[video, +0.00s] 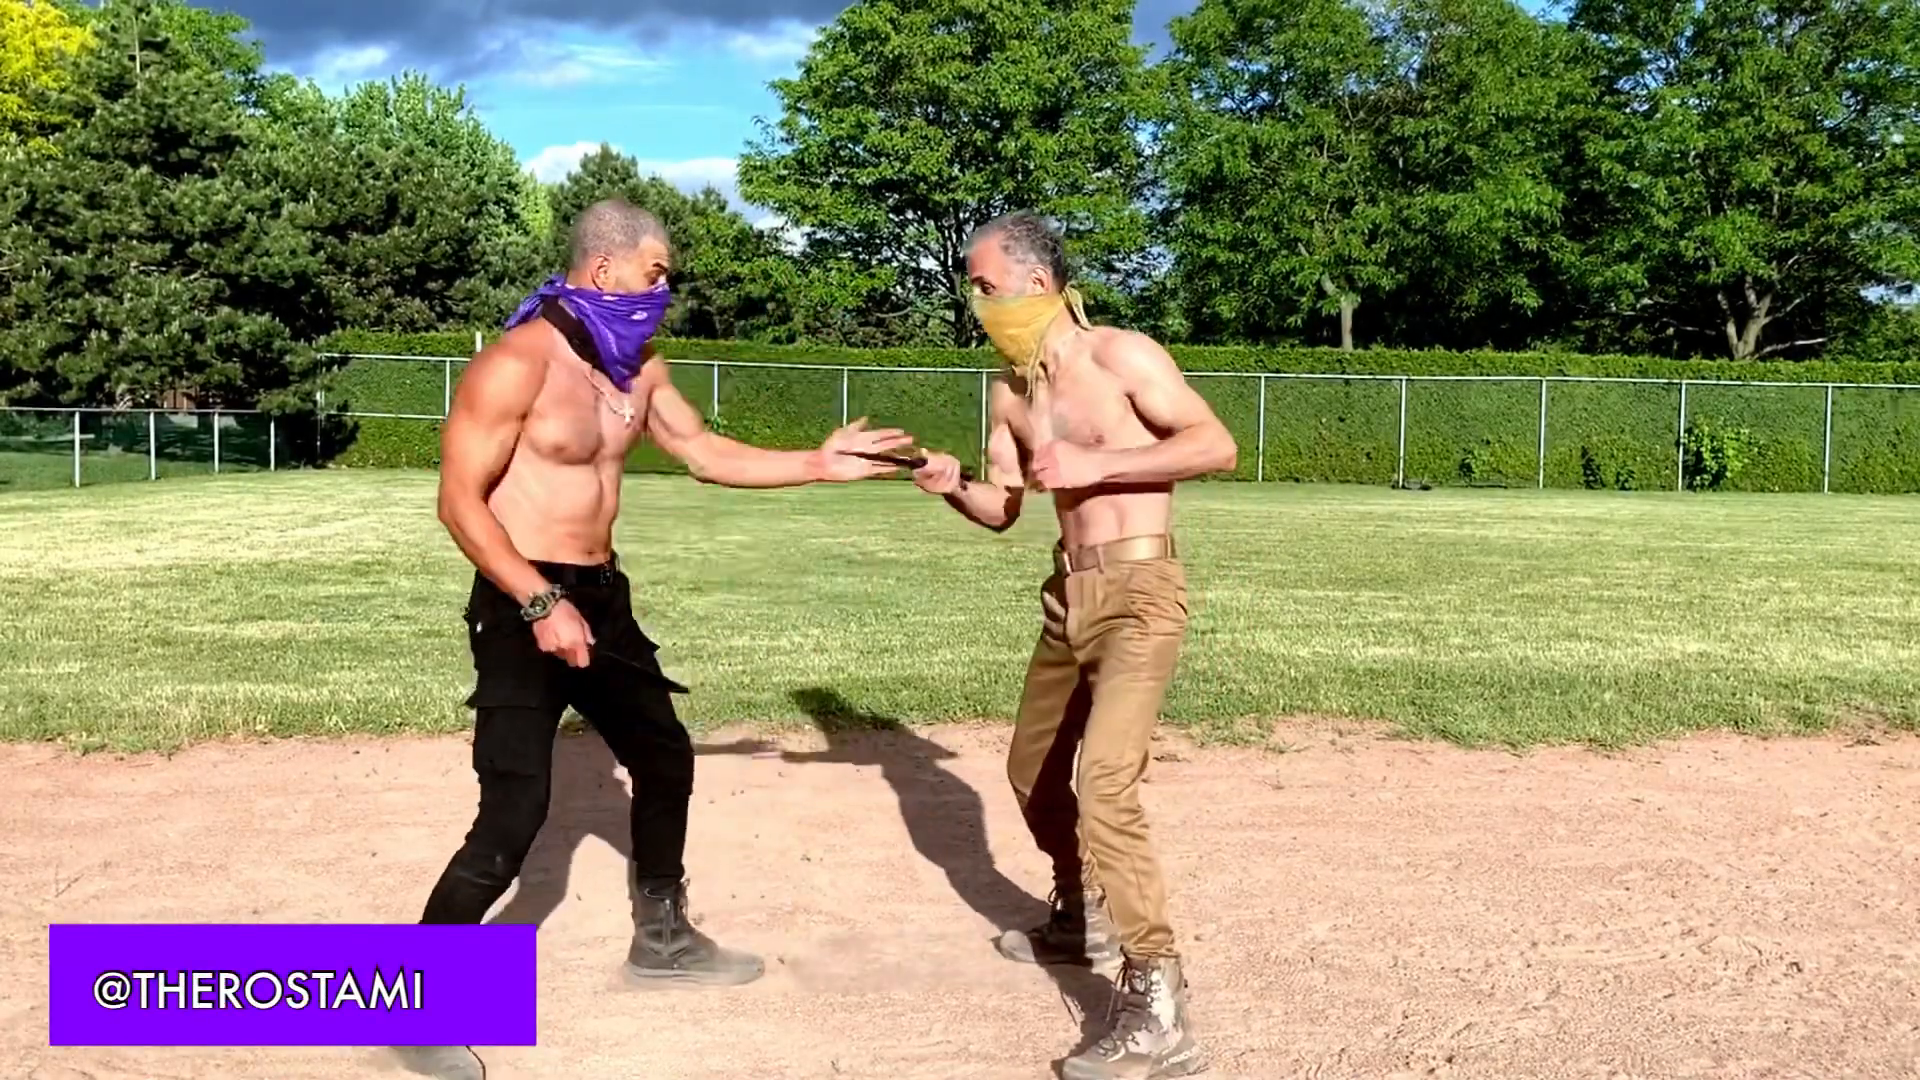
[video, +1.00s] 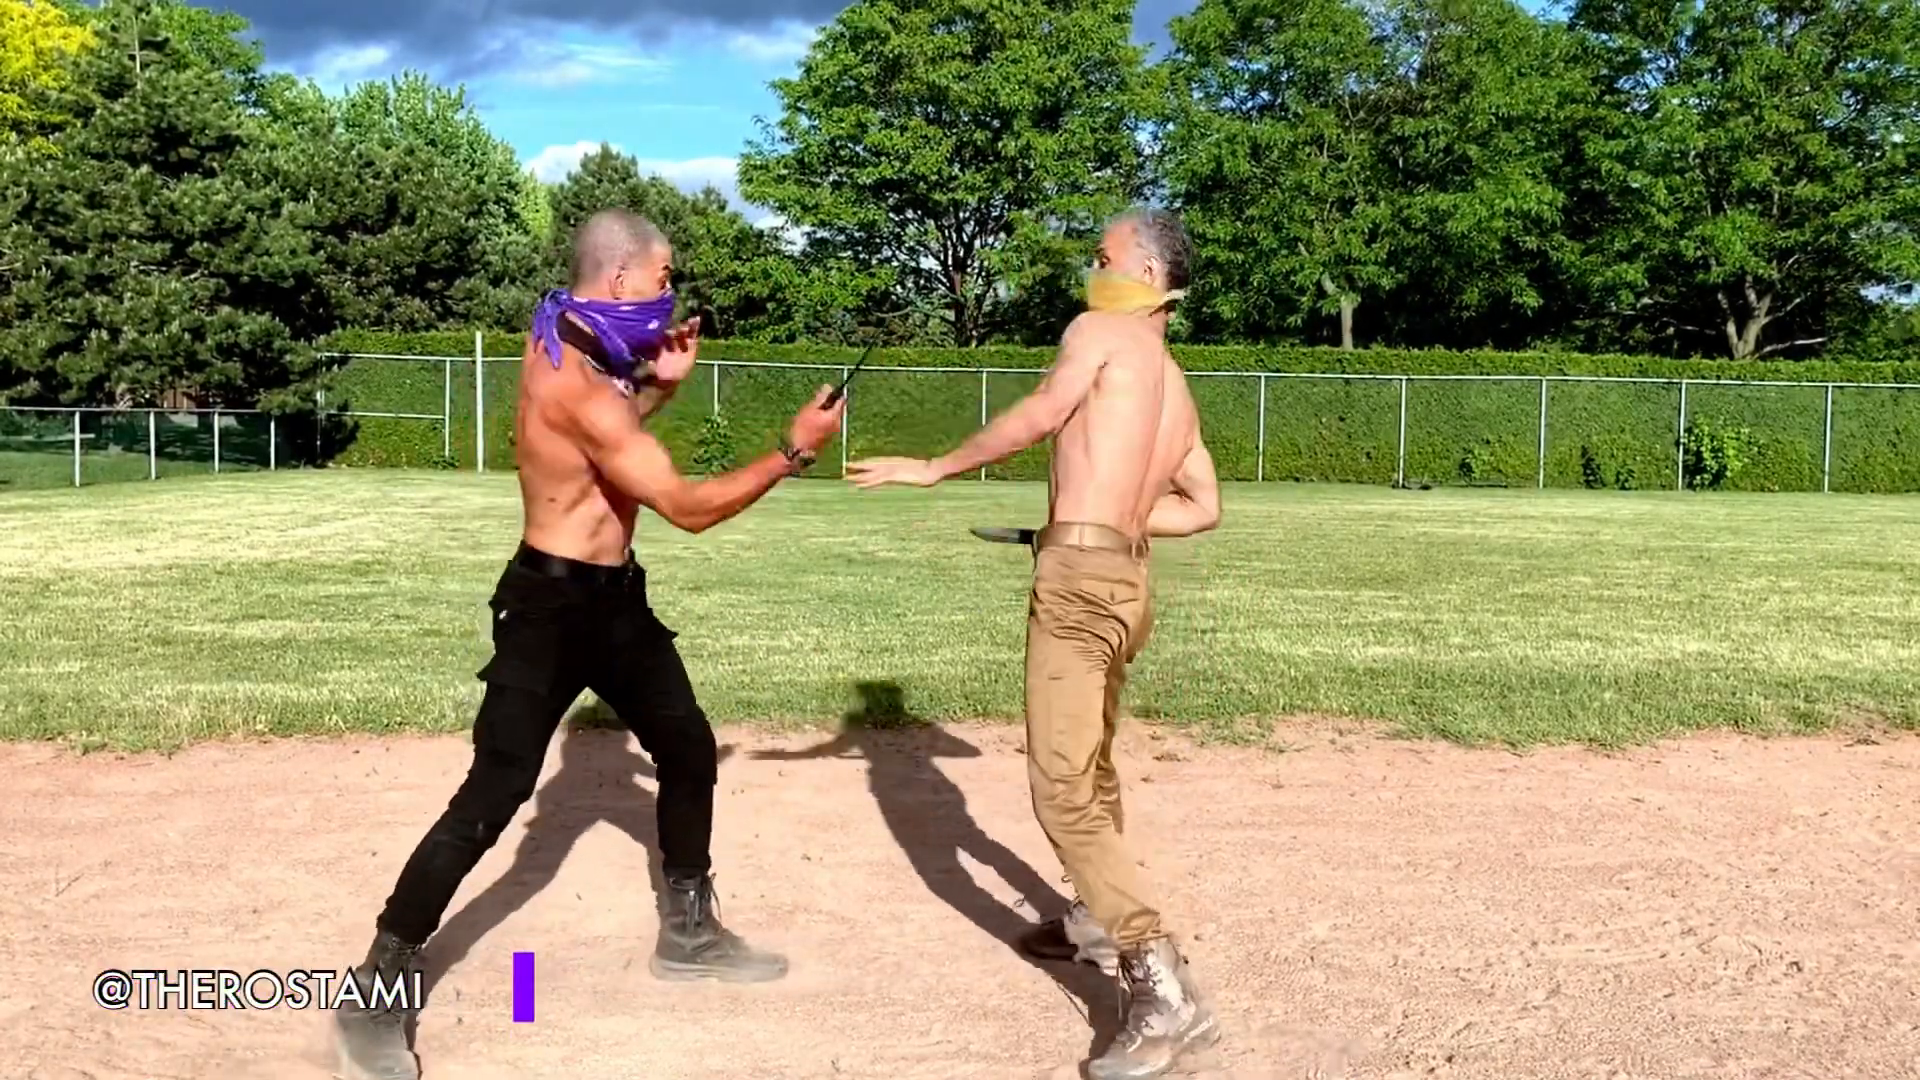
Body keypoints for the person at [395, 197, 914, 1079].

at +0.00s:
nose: (662, 295)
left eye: (666, 279)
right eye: (652, 277)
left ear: (624, 274)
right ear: (599, 270)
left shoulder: (635, 366)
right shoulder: (516, 362)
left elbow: (707, 454)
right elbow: (458, 500)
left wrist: (822, 462)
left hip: (598, 598)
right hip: (516, 603)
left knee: (665, 764)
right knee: (510, 822)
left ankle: (661, 937)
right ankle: (407, 1000)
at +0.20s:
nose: (638, 311)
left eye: (639, 296)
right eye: (628, 294)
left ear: (582, 295)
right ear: (580, 293)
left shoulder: (575, 388)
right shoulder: (546, 371)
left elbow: (629, 521)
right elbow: (541, 504)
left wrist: (693, 433)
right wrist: (640, 576)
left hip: (596, 622)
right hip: (537, 626)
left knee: (696, 771)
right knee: (525, 846)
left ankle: (704, 933)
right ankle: (410, 1007)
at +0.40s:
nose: (682, 303)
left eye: (681, 288)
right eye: (672, 288)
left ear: (615, 291)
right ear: (624, 290)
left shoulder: (572, 367)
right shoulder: (604, 371)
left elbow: (670, 476)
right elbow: (675, 509)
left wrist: (696, 372)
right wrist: (770, 556)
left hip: (579, 617)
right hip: (514, 620)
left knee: (671, 763)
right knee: (498, 816)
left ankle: (684, 931)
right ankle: (413, 1007)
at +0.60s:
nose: (676, 337)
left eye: (679, 322)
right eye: (664, 320)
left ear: (639, 323)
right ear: (609, 322)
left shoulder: (661, 391)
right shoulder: (530, 395)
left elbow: (767, 403)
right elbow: (443, 513)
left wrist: (869, 460)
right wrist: (486, 609)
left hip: (597, 630)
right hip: (511, 629)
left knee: (712, 764)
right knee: (458, 823)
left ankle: (688, 934)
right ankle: (362, 1001)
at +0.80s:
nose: (665, 318)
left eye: (665, 304)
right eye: (655, 303)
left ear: (607, 307)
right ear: (602, 304)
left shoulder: (606, 396)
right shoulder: (556, 398)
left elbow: (675, 433)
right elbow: (593, 548)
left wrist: (690, 380)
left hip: (601, 625)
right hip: (537, 631)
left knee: (702, 753)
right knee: (492, 819)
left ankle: (689, 931)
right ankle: (362, 997)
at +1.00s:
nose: (667, 298)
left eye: (669, 284)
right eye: (661, 283)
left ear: (603, 277)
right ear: (618, 280)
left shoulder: (564, 337)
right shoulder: (584, 388)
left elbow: (597, 457)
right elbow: (688, 507)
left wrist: (658, 393)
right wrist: (792, 451)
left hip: (612, 596)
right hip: (549, 602)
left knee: (689, 752)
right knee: (492, 795)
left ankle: (689, 931)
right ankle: (380, 984)